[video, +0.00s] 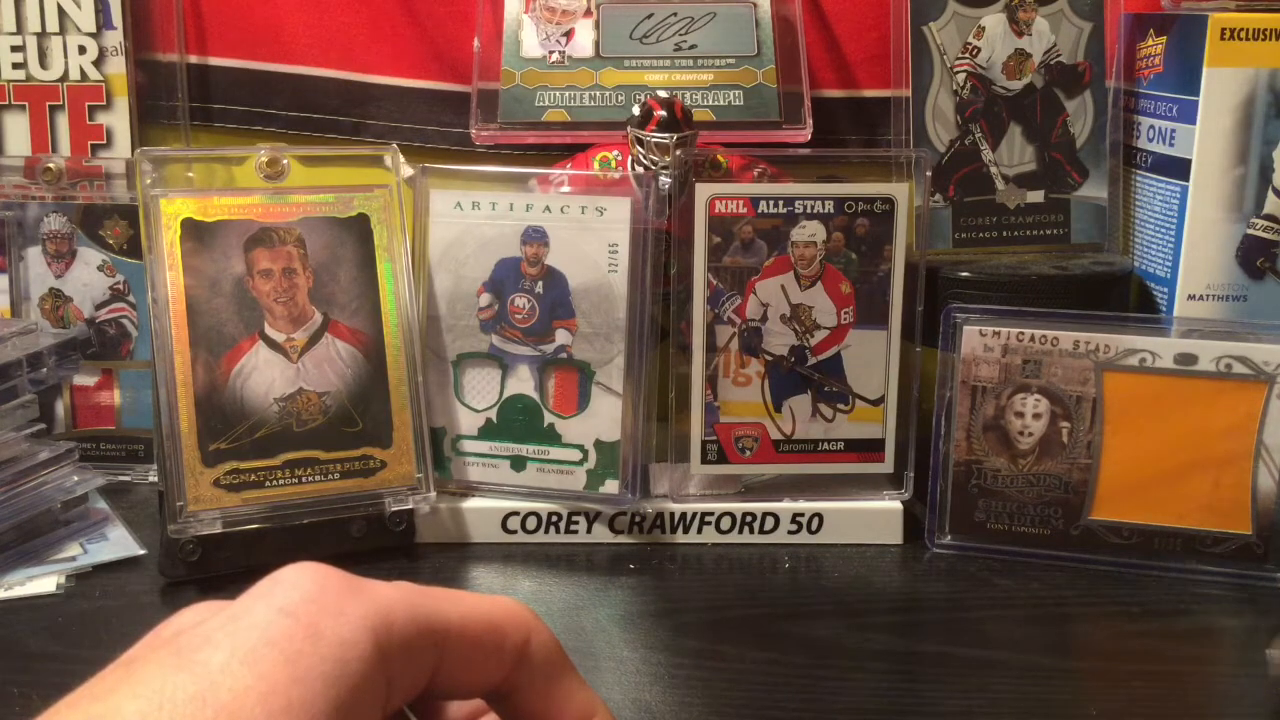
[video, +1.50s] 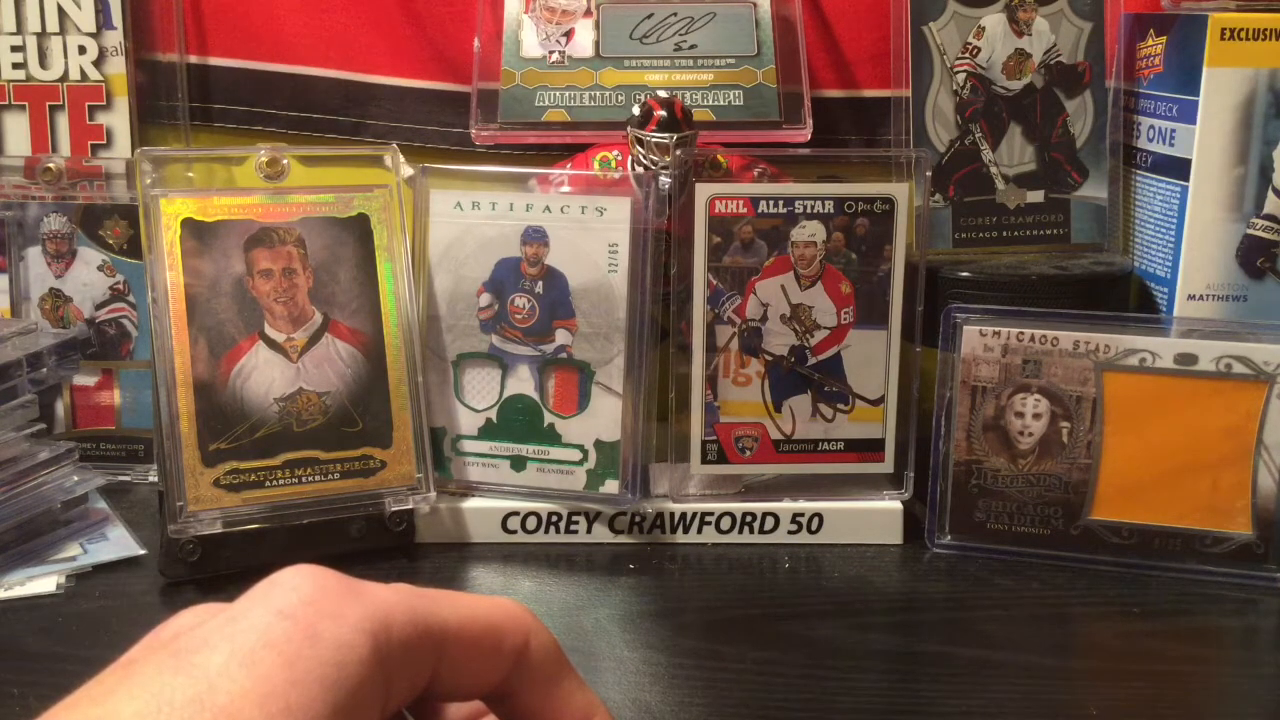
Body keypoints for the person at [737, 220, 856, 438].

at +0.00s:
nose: (801, 253)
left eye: (807, 247)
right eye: (796, 247)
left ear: (821, 249)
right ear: (790, 249)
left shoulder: (838, 285)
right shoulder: (773, 271)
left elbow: (843, 330)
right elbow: (754, 292)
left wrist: (810, 352)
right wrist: (751, 326)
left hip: (823, 353)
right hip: (780, 353)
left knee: (832, 412)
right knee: (799, 409)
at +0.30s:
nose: (801, 253)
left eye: (807, 247)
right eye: (796, 247)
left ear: (821, 249)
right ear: (790, 248)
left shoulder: (838, 285)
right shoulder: (773, 271)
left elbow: (843, 329)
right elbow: (754, 292)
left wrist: (810, 352)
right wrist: (751, 326)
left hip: (823, 353)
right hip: (780, 353)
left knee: (832, 412)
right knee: (799, 410)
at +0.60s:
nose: (801, 253)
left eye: (807, 247)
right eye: (796, 247)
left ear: (821, 249)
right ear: (790, 249)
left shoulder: (838, 285)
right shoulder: (773, 271)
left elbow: (842, 330)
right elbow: (754, 294)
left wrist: (810, 352)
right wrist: (750, 326)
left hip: (823, 354)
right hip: (781, 354)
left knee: (834, 413)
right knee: (799, 410)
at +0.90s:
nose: (801, 253)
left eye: (807, 247)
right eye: (796, 247)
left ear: (821, 249)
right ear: (790, 249)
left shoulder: (838, 285)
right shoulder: (773, 271)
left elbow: (842, 330)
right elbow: (754, 294)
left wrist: (810, 352)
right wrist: (750, 326)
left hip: (823, 354)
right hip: (781, 354)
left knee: (833, 413)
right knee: (799, 410)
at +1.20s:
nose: (801, 253)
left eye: (808, 247)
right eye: (796, 247)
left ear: (821, 249)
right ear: (790, 249)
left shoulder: (839, 285)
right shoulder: (773, 271)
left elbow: (843, 330)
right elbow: (754, 293)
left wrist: (809, 353)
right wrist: (750, 326)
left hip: (823, 354)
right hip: (780, 353)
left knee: (834, 412)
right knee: (799, 410)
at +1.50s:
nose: (801, 253)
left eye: (808, 247)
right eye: (796, 247)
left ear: (821, 249)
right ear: (790, 249)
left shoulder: (838, 285)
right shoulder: (773, 271)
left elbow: (842, 331)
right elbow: (754, 293)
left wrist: (810, 352)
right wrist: (750, 325)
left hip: (823, 354)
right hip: (780, 353)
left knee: (834, 413)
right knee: (798, 411)